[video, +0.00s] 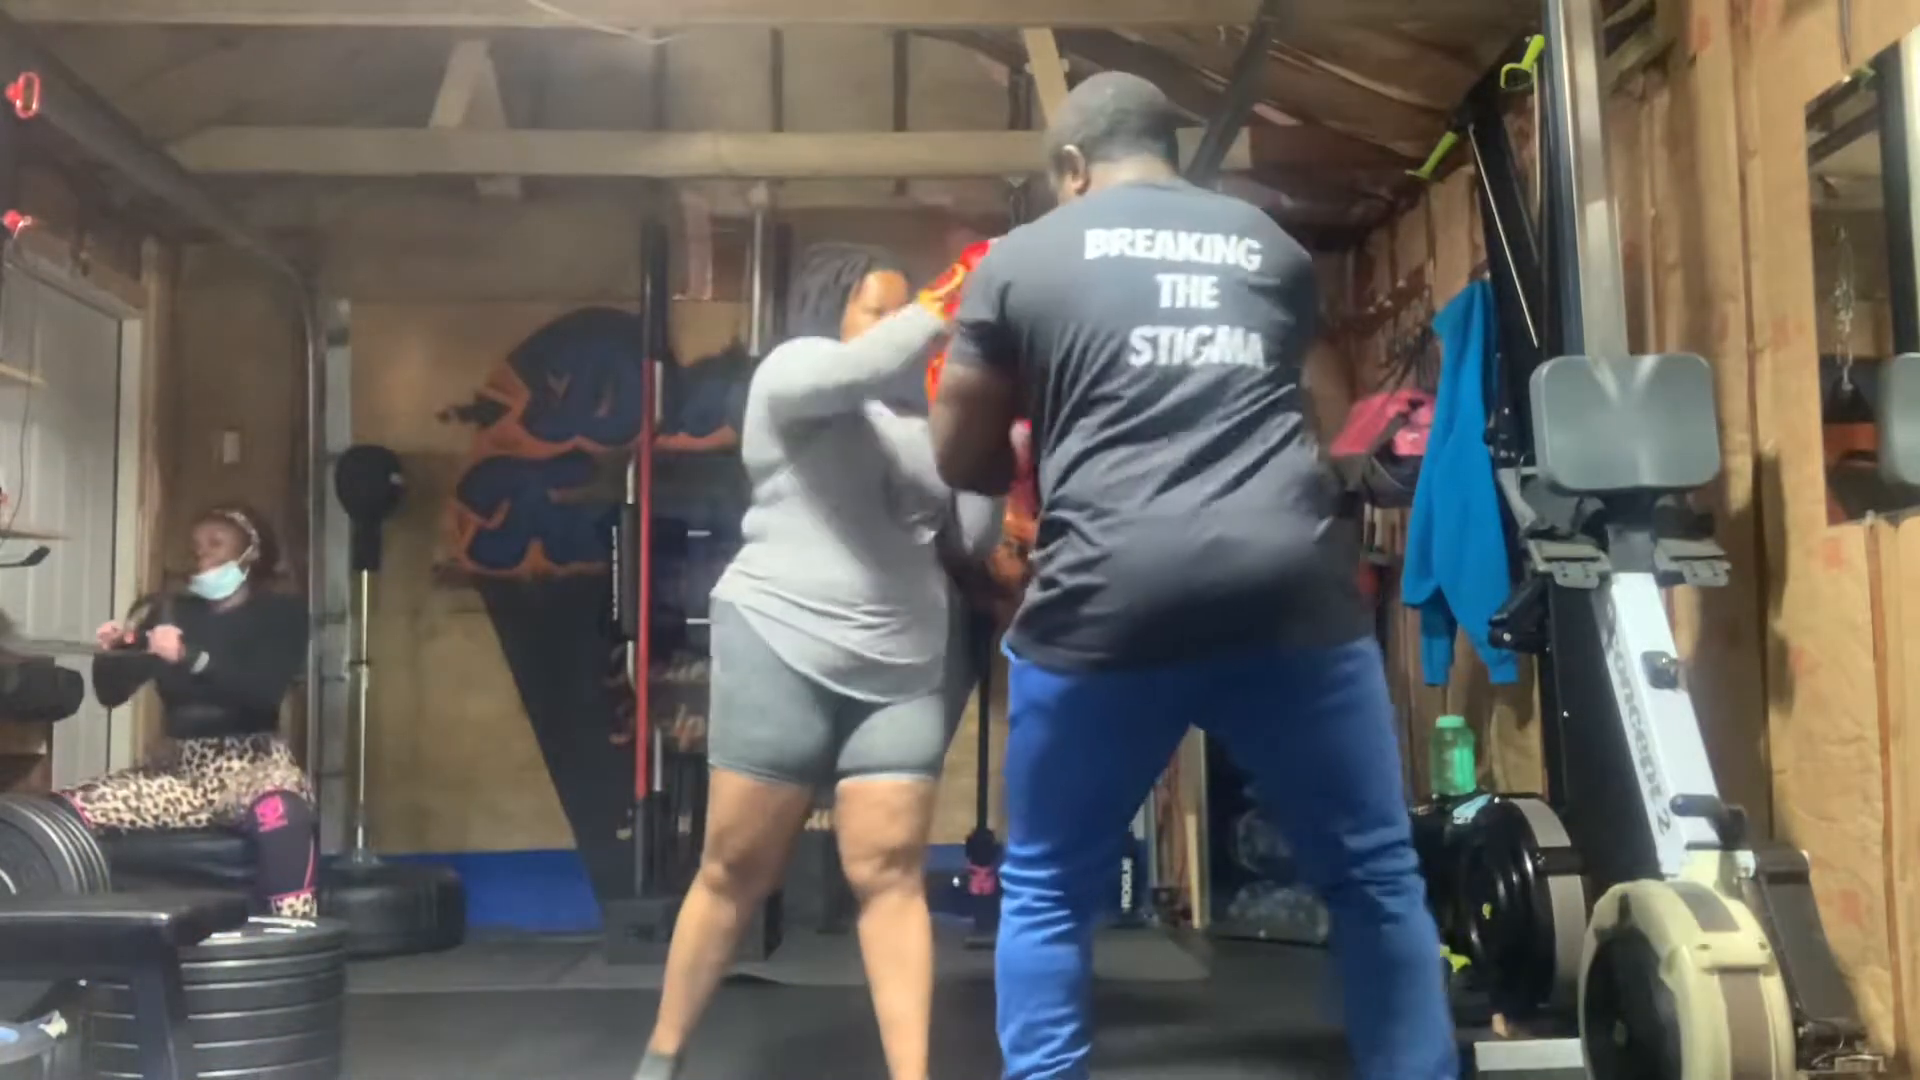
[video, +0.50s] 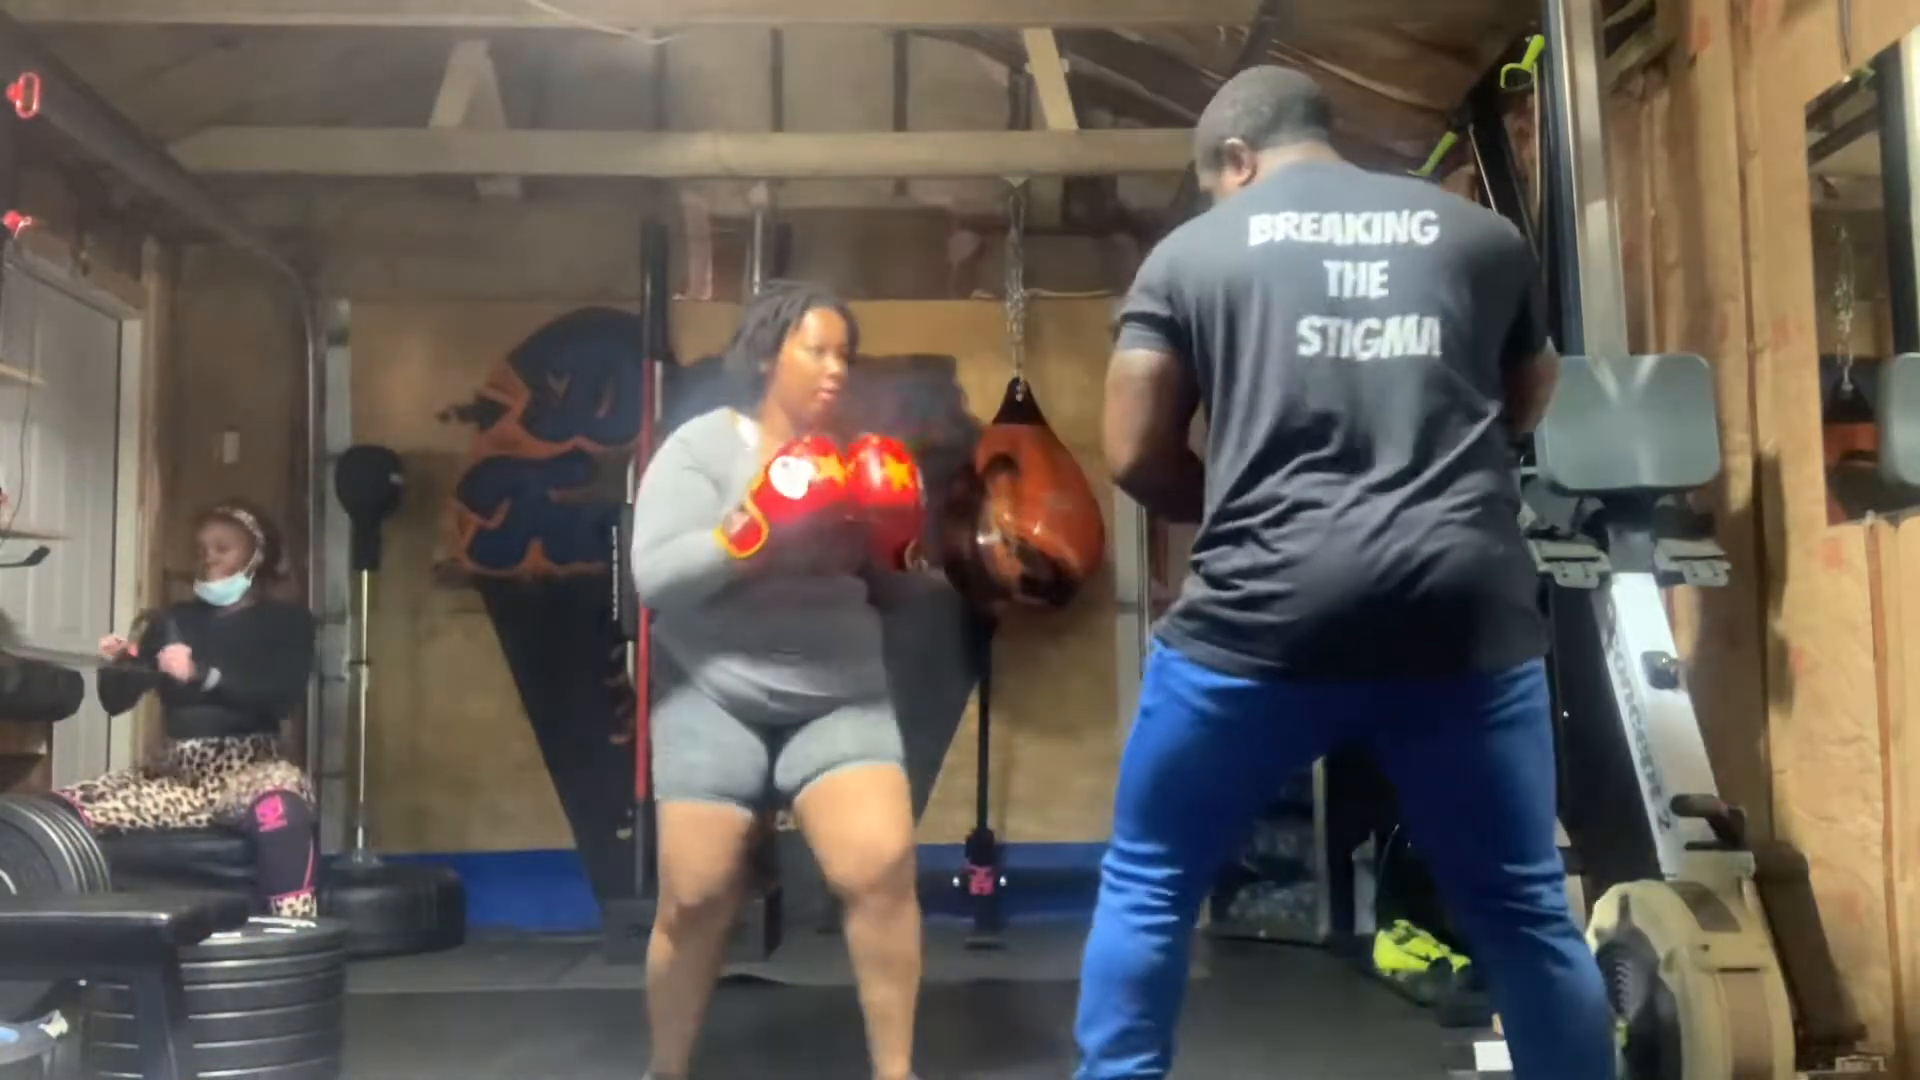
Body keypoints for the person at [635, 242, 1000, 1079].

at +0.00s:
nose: (900, 325)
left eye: (906, 312)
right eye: (880, 309)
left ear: (909, 323)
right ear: (826, 309)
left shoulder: (927, 424)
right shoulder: (787, 373)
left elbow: (973, 540)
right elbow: (868, 366)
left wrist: (1001, 452)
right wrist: (947, 301)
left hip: (904, 665)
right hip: (779, 641)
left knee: (890, 871)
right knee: (731, 870)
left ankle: (911, 1073)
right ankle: (661, 1056)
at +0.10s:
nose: (890, 340)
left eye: (898, 326)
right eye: (871, 323)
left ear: (905, 334)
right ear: (819, 321)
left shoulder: (913, 414)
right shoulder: (780, 377)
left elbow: (960, 546)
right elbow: (835, 413)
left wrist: (970, 434)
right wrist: (931, 361)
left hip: (896, 663)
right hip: (770, 642)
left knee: (890, 870)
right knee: (729, 873)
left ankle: (912, 1073)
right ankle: (662, 1057)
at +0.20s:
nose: (876, 343)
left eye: (887, 329)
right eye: (858, 326)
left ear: (897, 340)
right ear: (809, 330)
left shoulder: (908, 427)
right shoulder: (761, 399)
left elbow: (945, 561)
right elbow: (762, 494)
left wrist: (961, 474)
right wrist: (876, 443)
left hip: (877, 666)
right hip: (750, 647)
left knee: (883, 871)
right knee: (721, 879)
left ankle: (911, 1073)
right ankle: (660, 1061)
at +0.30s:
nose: (856, 350)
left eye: (867, 336)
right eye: (839, 331)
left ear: (876, 348)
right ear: (789, 334)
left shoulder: (887, 435)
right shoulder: (731, 416)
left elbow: (921, 573)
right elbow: (715, 534)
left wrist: (936, 507)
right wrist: (807, 481)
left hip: (857, 680)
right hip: (725, 669)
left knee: (879, 875)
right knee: (708, 883)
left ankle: (908, 1074)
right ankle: (666, 1064)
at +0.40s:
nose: (841, 358)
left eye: (850, 345)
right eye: (824, 339)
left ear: (857, 356)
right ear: (773, 341)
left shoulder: (860, 445)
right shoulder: (711, 431)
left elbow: (894, 582)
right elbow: (672, 557)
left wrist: (903, 525)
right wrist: (769, 505)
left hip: (843, 687)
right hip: (713, 683)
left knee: (874, 869)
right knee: (702, 888)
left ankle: (902, 1072)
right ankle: (667, 1066)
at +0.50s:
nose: (835, 371)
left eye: (844, 357)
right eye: (819, 352)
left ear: (850, 368)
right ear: (767, 354)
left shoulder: (856, 456)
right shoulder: (700, 445)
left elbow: (898, 583)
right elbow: (655, 574)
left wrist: (894, 533)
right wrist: (755, 528)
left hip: (843, 697)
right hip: (711, 695)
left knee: (880, 866)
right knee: (697, 892)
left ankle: (894, 1071)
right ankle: (668, 1071)